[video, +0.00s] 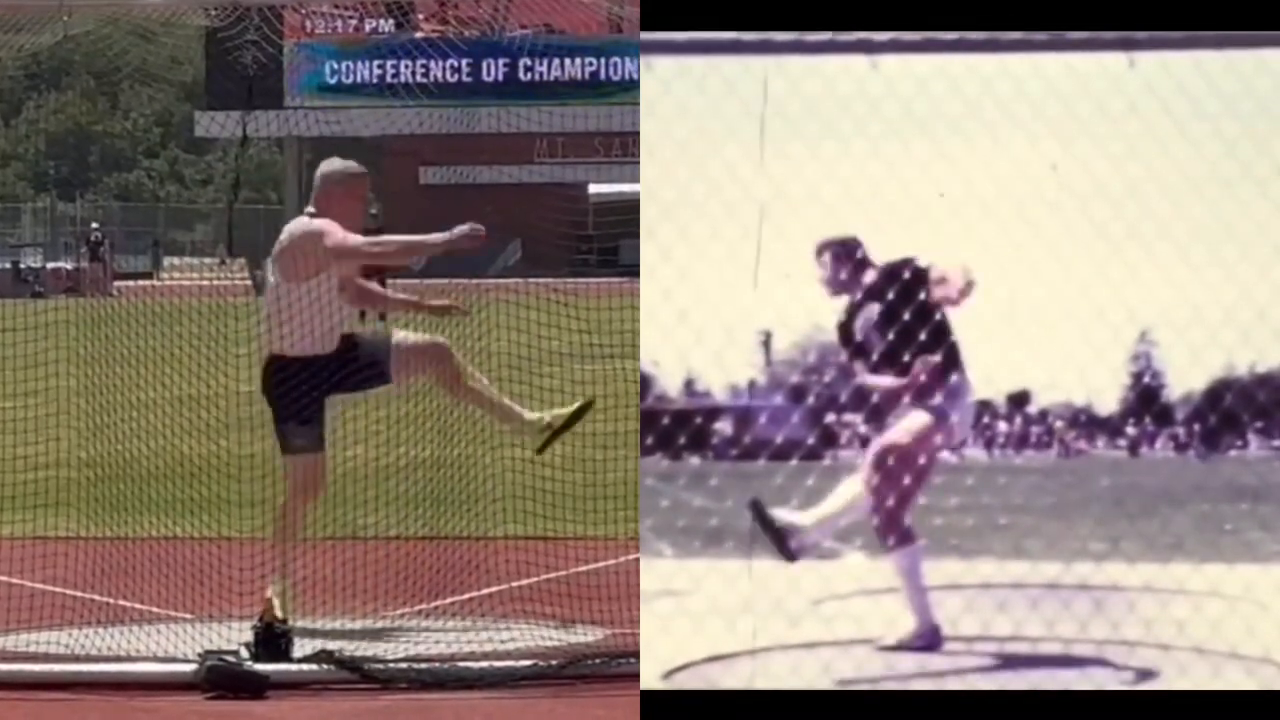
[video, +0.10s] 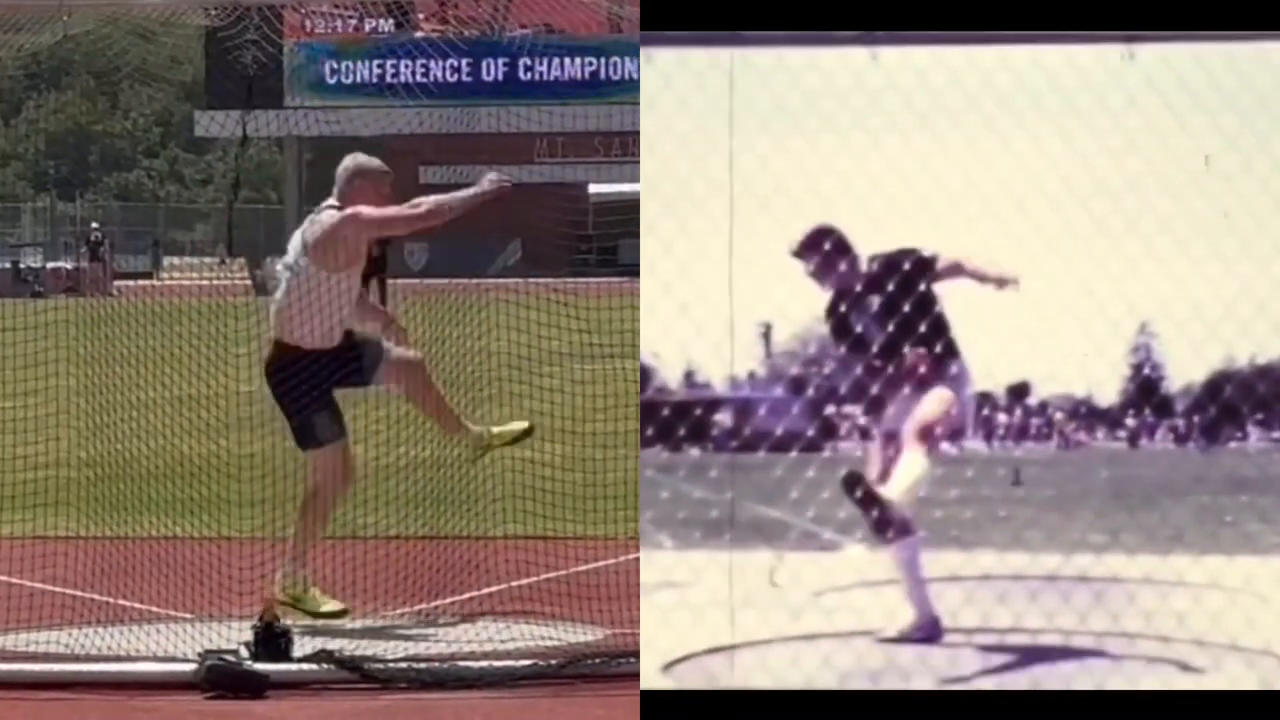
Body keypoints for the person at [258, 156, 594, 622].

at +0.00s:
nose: (366, 205)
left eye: (366, 196)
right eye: (360, 196)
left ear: (340, 197)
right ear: (332, 194)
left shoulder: (337, 240)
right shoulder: (307, 231)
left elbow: (360, 291)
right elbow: (373, 248)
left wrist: (422, 302)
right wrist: (446, 240)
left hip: (337, 355)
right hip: (293, 372)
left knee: (436, 355)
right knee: (306, 484)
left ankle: (530, 427)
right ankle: (276, 603)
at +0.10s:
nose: (388, 195)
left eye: (388, 187)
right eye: (382, 187)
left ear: (357, 190)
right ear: (358, 188)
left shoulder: (349, 230)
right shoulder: (337, 222)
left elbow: (345, 297)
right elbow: (421, 215)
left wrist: (384, 320)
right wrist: (479, 192)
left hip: (333, 349)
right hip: (295, 364)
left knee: (410, 366)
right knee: (334, 475)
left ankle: (470, 436)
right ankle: (292, 581)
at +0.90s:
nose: (216, 235)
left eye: (223, 224)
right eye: (215, 225)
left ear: (253, 220)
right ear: (255, 220)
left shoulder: (253, 277)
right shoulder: (317, 239)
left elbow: (173, 319)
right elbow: (393, 273)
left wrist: (93, 341)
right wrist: (463, 293)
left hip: (334, 394)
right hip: (301, 398)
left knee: (385, 508)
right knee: (259, 509)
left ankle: (473, 604)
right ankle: (250, 635)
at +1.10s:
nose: (221, 238)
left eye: (226, 226)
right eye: (220, 227)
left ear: (256, 222)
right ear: (262, 222)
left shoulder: (270, 280)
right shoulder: (316, 241)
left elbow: (185, 320)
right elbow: (390, 274)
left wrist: (104, 344)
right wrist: (456, 295)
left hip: (343, 394)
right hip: (301, 400)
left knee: (389, 508)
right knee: (259, 507)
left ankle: (473, 606)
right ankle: (251, 633)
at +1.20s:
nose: (225, 234)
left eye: (231, 222)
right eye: (227, 223)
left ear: (255, 223)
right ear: (268, 221)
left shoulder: (279, 277)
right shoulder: (316, 241)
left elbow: (200, 320)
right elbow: (385, 272)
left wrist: (118, 345)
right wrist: (447, 294)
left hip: (347, 395)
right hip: (302, 400)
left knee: (391, 510)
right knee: (260, 507)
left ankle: (474, 606)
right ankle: (250, 632)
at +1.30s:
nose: (242, 235)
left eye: (250, 223)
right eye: (241, 225)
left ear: (277, 223)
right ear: (246, 227)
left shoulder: (294, 273)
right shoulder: (314, 242)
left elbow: (216, 320)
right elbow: (376, 271)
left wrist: (137, 347)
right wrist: (432, 291)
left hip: (352, 394)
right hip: (304, 400)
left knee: (391, 508)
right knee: (262, 506)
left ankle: (472, 608)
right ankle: (250, 633)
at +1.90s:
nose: (347, 248)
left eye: (353, 238)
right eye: (336, 238)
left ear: (361, 239)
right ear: (312, 240)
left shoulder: (371, 285)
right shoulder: (292, 274)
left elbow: (404, 311)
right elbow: (290, 323)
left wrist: (413, 344)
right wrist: (273, 332)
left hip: (376, 412)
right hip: (313, 413)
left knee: (436, 504)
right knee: (269, 508)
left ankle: (433, 629)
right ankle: (250, 630)